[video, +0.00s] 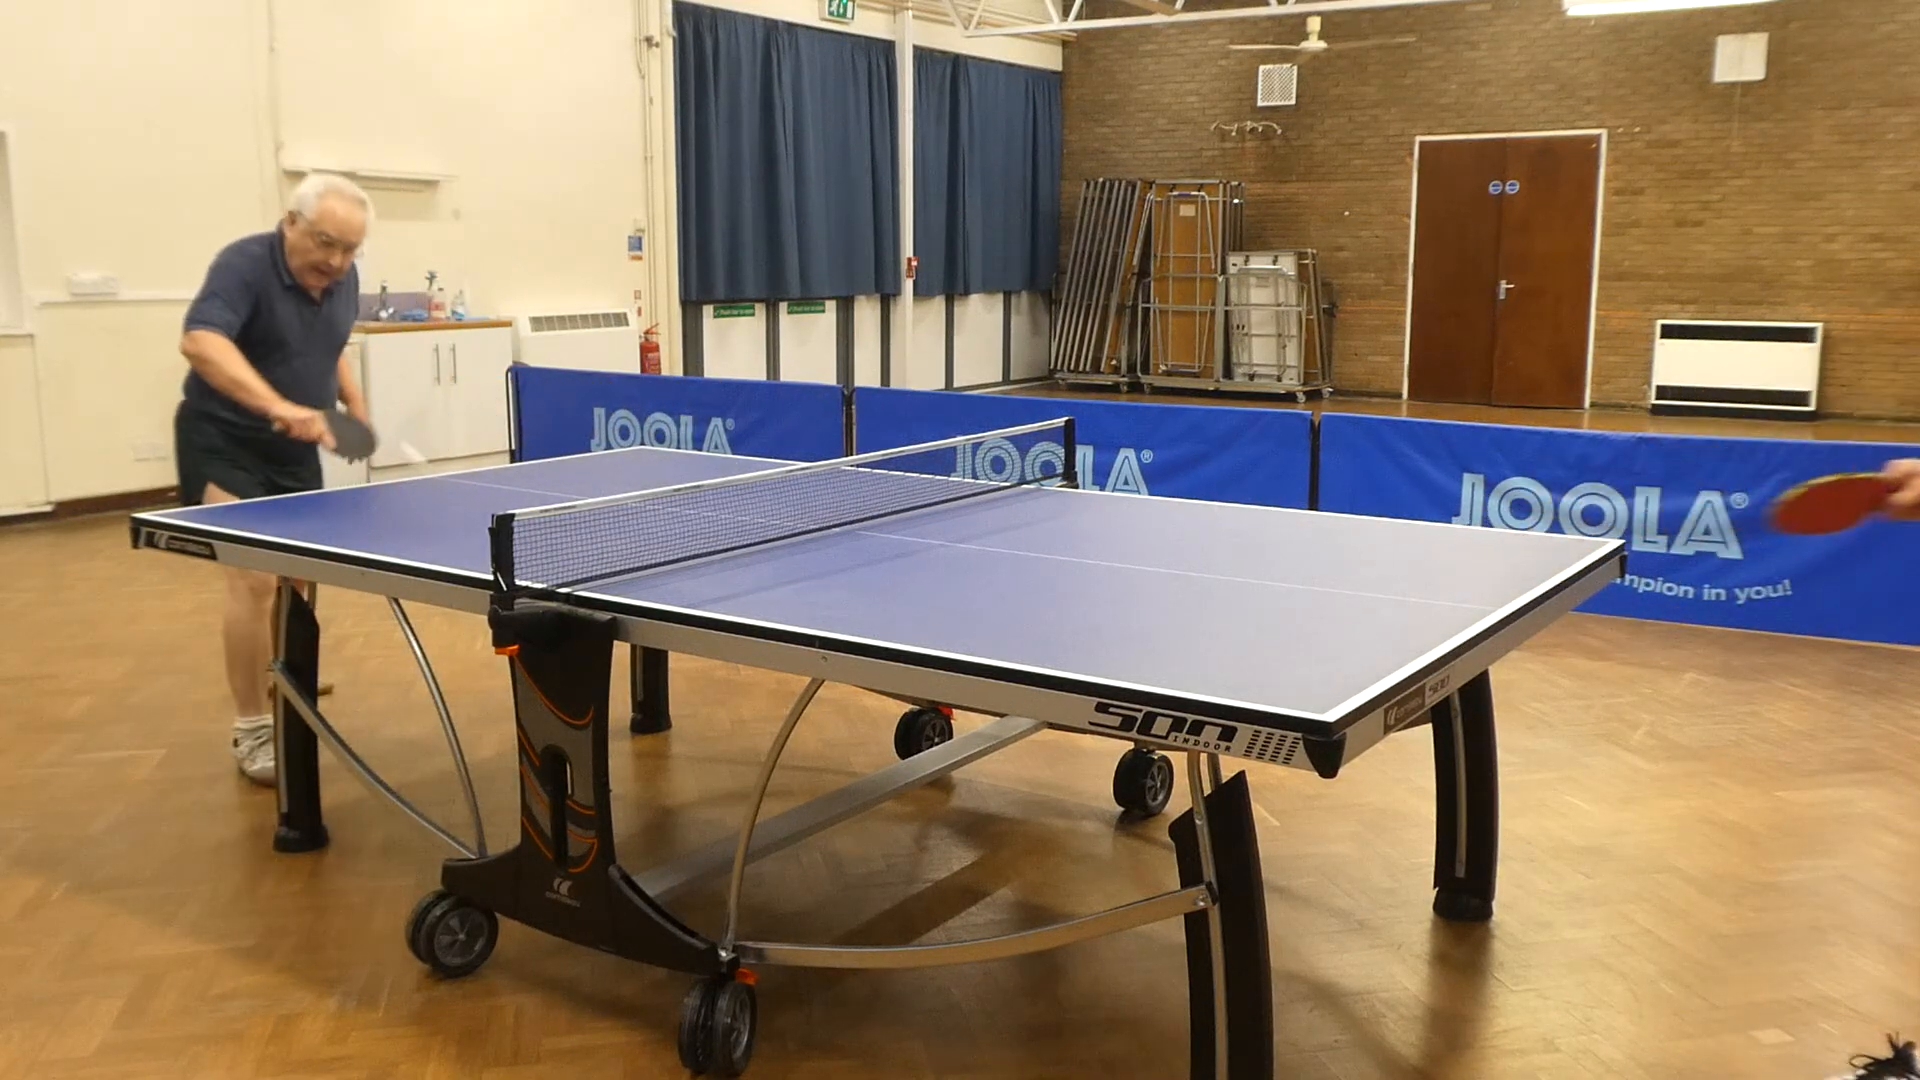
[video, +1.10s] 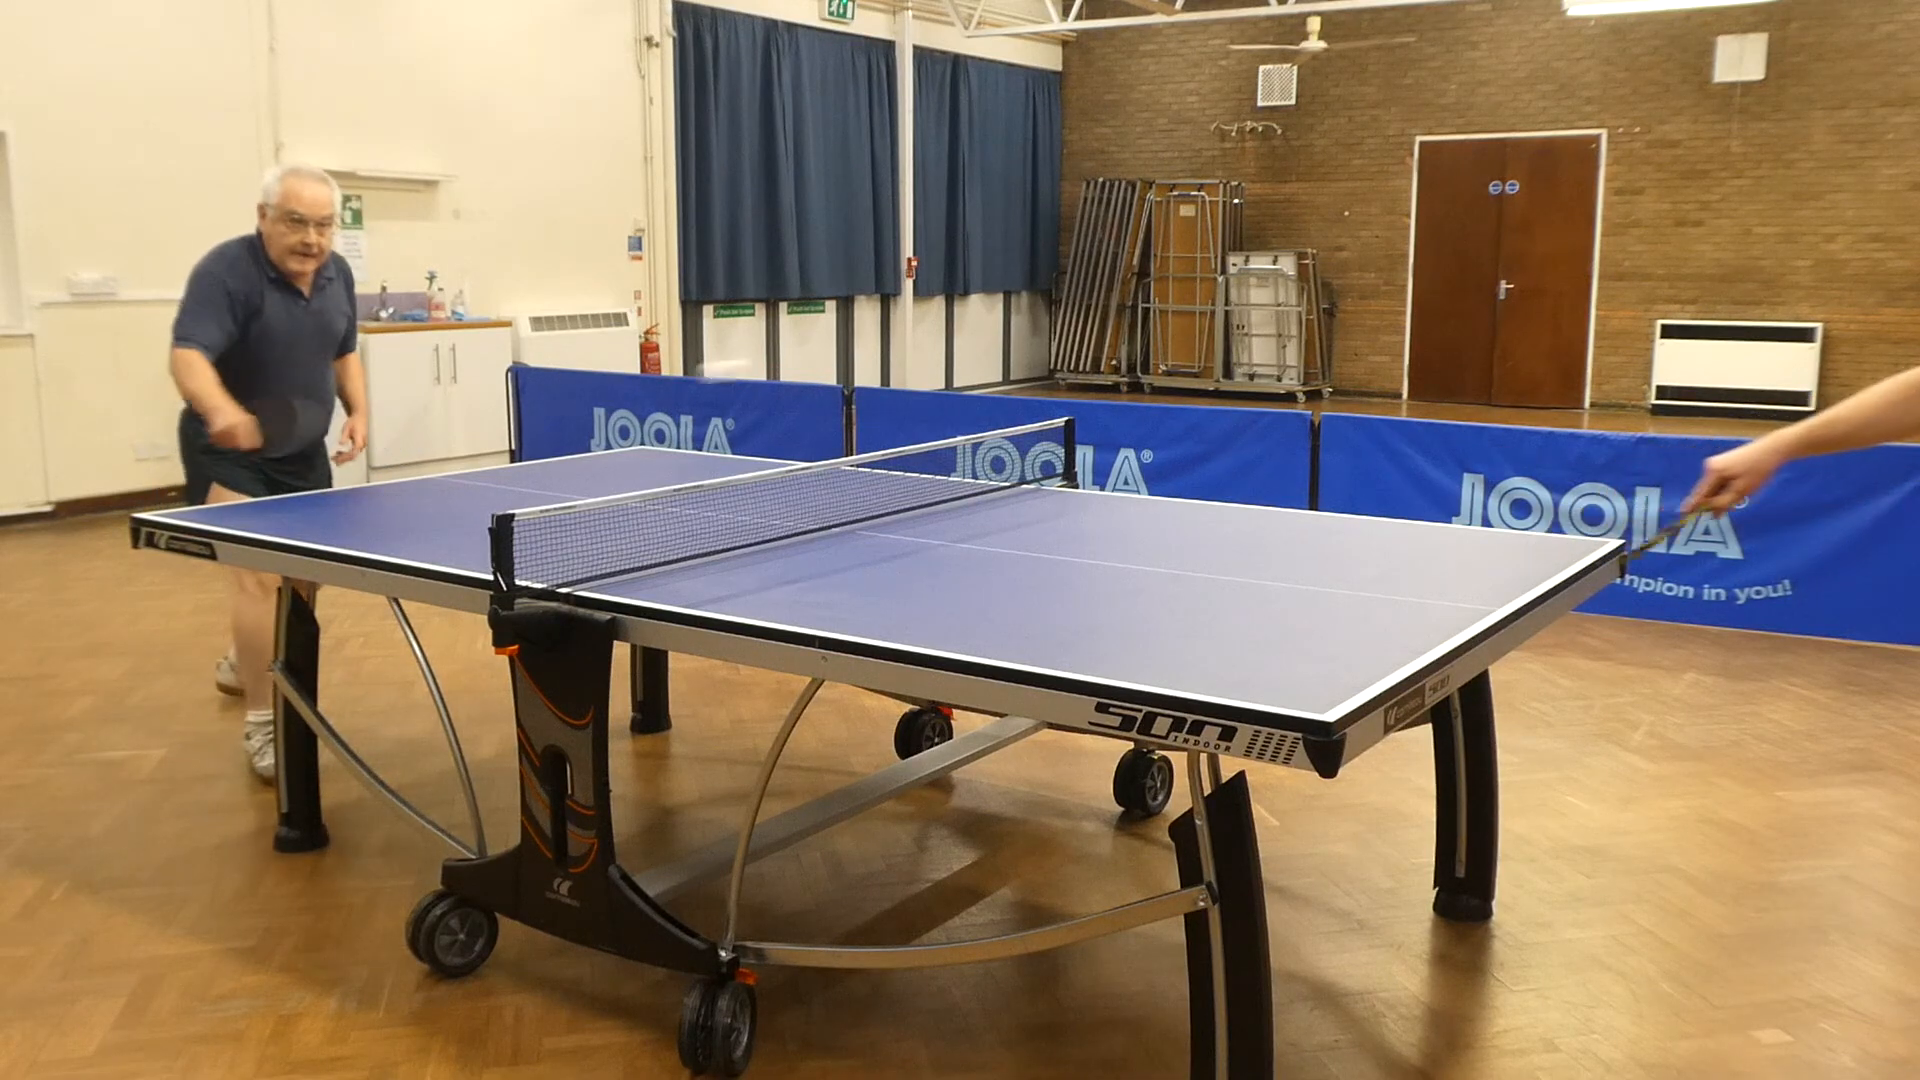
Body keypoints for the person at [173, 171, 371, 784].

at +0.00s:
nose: (337, 261)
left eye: (350, 249)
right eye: (325, 244)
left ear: (360, 243)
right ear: (290, 226)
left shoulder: (345, 278)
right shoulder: (246, 263)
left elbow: (333, 349)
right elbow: (200, 341)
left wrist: (357, 409)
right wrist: (278, 406)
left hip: (295, 446)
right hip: (224, 439)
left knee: (300, 573)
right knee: (254, 577)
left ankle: (288, 692)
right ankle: (252, 728)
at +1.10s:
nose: (312, 238)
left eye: (324, 224)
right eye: (296, 222)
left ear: (336, 223)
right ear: (264, 218)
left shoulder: (335, 273)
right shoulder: (227, 269)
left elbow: (344, 352)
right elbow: (187, 354)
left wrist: (357, 409)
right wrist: (223, 409)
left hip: (304, 452)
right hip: (236, 453)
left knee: (304, 573)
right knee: (259, 578)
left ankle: (242, 662)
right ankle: (264, 721)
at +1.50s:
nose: (283, 233)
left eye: (298, 218)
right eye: (268, 216)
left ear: (320, 213)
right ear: (248, 210)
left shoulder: (345, 249)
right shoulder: (232, 265)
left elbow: (368, 307)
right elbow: (251, 346)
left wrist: (375, 355)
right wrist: (283, 382)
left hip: (326, 433)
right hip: (253, 436)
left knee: (345, 561)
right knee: (278, 574)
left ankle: (269, 632)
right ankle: (270, 717)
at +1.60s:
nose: (301, 214)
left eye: (314, 199)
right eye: (284, 200)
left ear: (330, 195)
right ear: (257, 199)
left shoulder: (346, 242)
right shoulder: (244, 258)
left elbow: (367, 306)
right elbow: (268, 323)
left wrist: (387, 344)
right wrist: (310, 349)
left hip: (335, 436)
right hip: (262, 441)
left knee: (370, 560)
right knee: (284, 573)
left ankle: (311, 635)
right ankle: (273, 716)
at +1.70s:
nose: (325, 203)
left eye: (336, 189)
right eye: (308, 190)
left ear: (349, 188)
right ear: (276, 191)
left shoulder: (359, 238)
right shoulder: (256, 253)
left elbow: (376, 313)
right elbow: (281, 327)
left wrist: (410, 361)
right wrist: (322, 362)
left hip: (348, 432)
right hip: (273, 438)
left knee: (387, 544)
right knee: (287, 571)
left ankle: (374, 660)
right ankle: (273, 717)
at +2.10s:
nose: (336, 182)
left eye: (348, 169)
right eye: (319, 171)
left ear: (363, 170)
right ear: (293, 176)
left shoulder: (391, 231)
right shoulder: (267, 252)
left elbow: (424, 306)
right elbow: (249, 344)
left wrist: (451, 380)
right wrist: (250, 414)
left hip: (384, 430)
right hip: (299, 436)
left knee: (402, 558)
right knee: (297, 571)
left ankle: (406, 672)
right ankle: (287, 710)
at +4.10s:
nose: (386, 227)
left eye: (396, 212)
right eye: (371, 213)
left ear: (406, 212)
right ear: (337, 210)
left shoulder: (408, 258)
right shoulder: (297, 274)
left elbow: (437, 328)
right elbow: (274, 371)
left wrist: (468, 396)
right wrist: (306, 436)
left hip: (389, 434)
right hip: (315, 445)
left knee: (425, 533)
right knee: (315, 564)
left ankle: (420, 647)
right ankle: (296, 676)